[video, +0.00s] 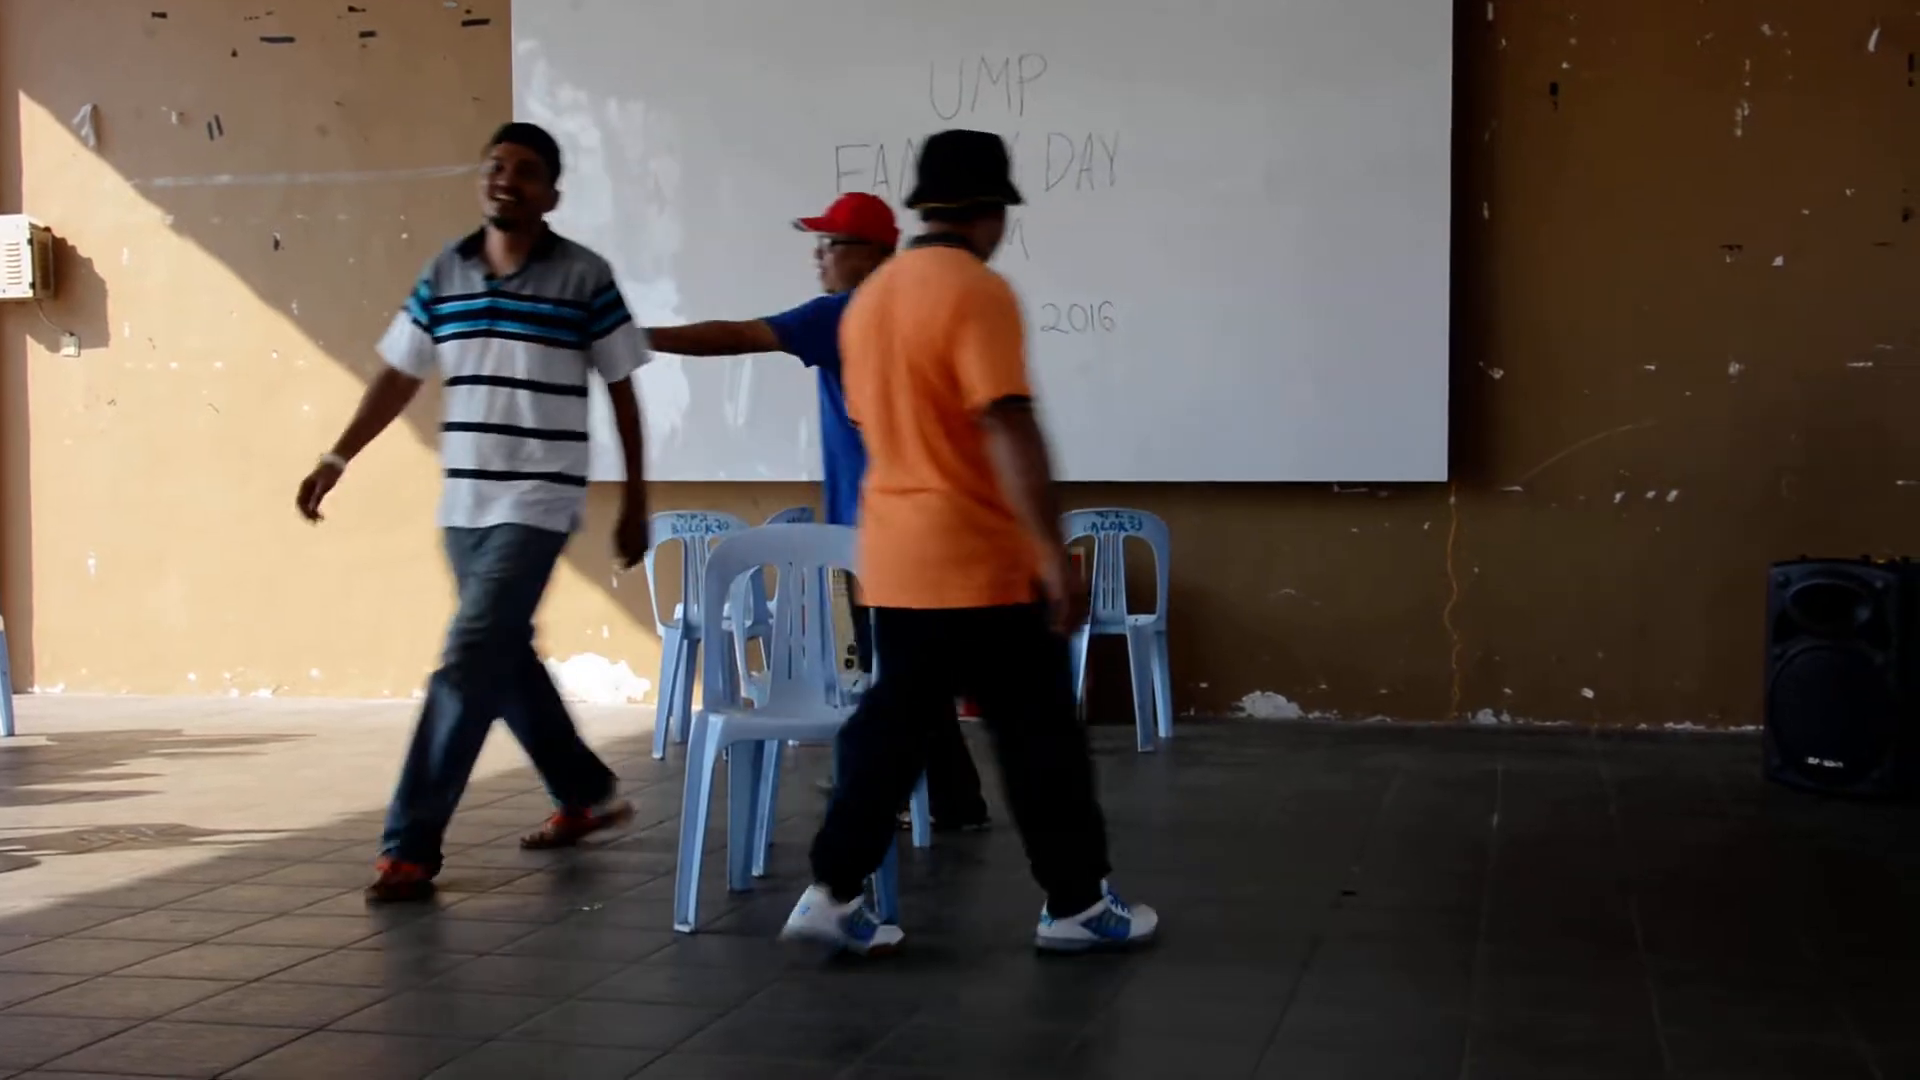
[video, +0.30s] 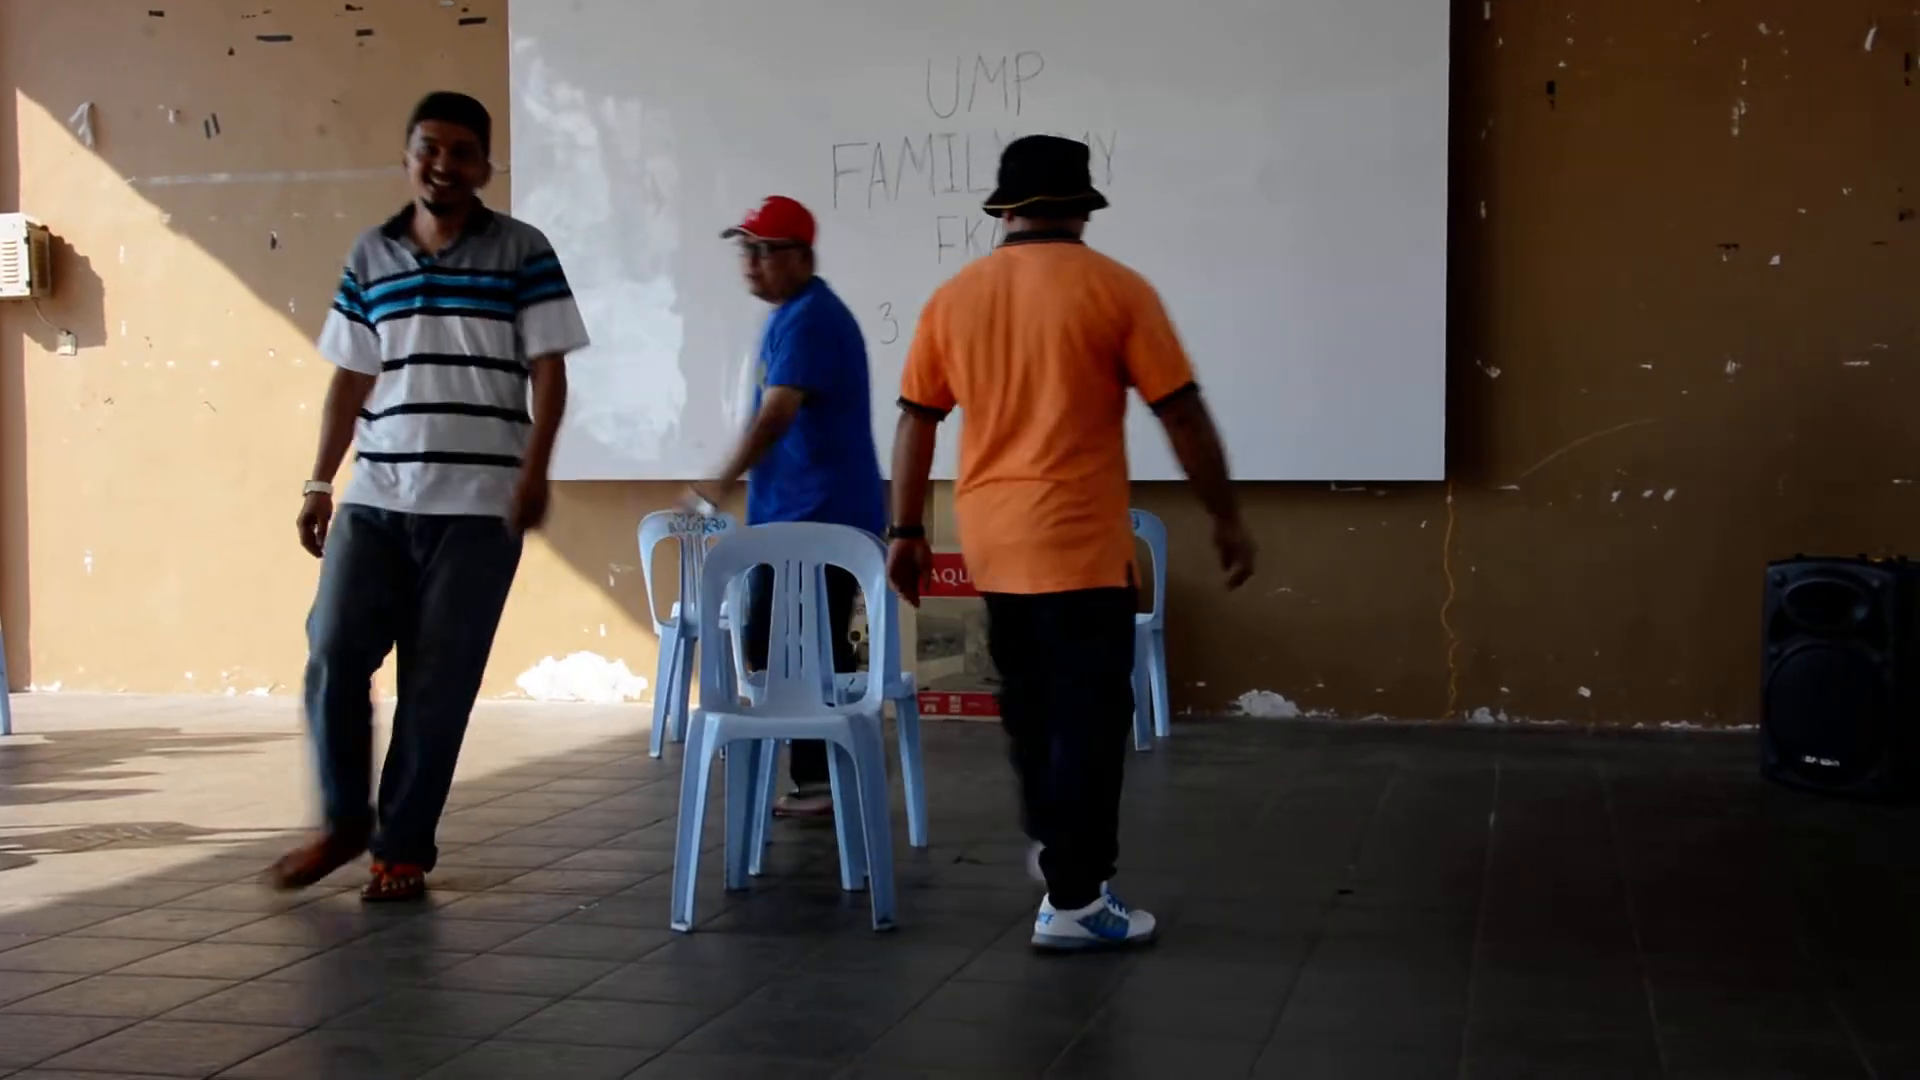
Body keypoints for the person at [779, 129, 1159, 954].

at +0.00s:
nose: (1005, 227)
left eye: (1003, 212)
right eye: (1002, 212)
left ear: (922, 209)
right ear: (986, 213)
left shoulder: (868, 299)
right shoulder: (976, 290)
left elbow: (869, 428)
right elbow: (1007, 424)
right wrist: (1052, 551)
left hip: (892, 559)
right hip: (979, 559)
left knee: (897, 723)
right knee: (1040, 732)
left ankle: (832, 892)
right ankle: (1077, 901)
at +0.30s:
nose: (1088, 222)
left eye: (1078, 212)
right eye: (1086, 212)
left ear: (1005, 215)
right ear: (1081, 213)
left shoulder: (956, 297)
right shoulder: (1115, 288)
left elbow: (916, 419)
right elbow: (1181, 411)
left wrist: (906, 528)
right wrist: (1225, 514)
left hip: (990, 544)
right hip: (1085, 543)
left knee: (1030, 704)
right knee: (1091, 719)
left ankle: (1052, 855)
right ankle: (1074, 902)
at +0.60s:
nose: (1017, 259)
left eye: (1018, 249)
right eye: (1019, 249)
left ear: (1029, 248)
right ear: (1096, 242)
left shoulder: (991, 330)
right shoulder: (1146, 311)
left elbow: (964, 456)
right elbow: (1215, 422)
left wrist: (970, 551)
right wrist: (1232, 515)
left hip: (1040, 562)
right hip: (1135, 552)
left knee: (1078, 725)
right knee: (1188, 691)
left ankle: (1109, 862)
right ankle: (1154, 800)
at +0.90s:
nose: (1004, 284)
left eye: (1005, 270)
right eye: (1002, 271)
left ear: (1028, 264)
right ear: (1076, 258)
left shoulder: (1008, 333)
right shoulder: (1150, 316)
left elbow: (975, 451)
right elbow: (1213, 409)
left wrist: (976, 517)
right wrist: (1187, 495)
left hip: (1054, 551)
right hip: (1152, 541)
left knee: (1062, 690)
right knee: (1164, 694)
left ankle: (1107, 800)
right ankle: (1180, 833)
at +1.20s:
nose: (928, 296)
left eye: (930, 280)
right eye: (925, 281)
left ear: (959, 272)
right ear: (989, 268)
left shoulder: (964, 336)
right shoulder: (1061, 319)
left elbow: (971, 434)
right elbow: (1096, 414)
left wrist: (944, 518)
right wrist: (1042, 467)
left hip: (1006, 541)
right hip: (1084, 533)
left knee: (1005, 681)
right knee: (1090, 646)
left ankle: (1049, 805)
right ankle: (1147, 741)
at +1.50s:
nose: (835, 305)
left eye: (842, 291)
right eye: (832, 294)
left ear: (875, 284)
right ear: (890, 284)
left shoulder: (897, 341)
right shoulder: (940, 329)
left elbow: (910, 439)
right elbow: (975, 412)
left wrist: (856, 506)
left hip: (924, 545)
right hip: (967, 538)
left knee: (913, 662)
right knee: (939, 660)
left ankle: (975, 759)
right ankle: (970, 770)